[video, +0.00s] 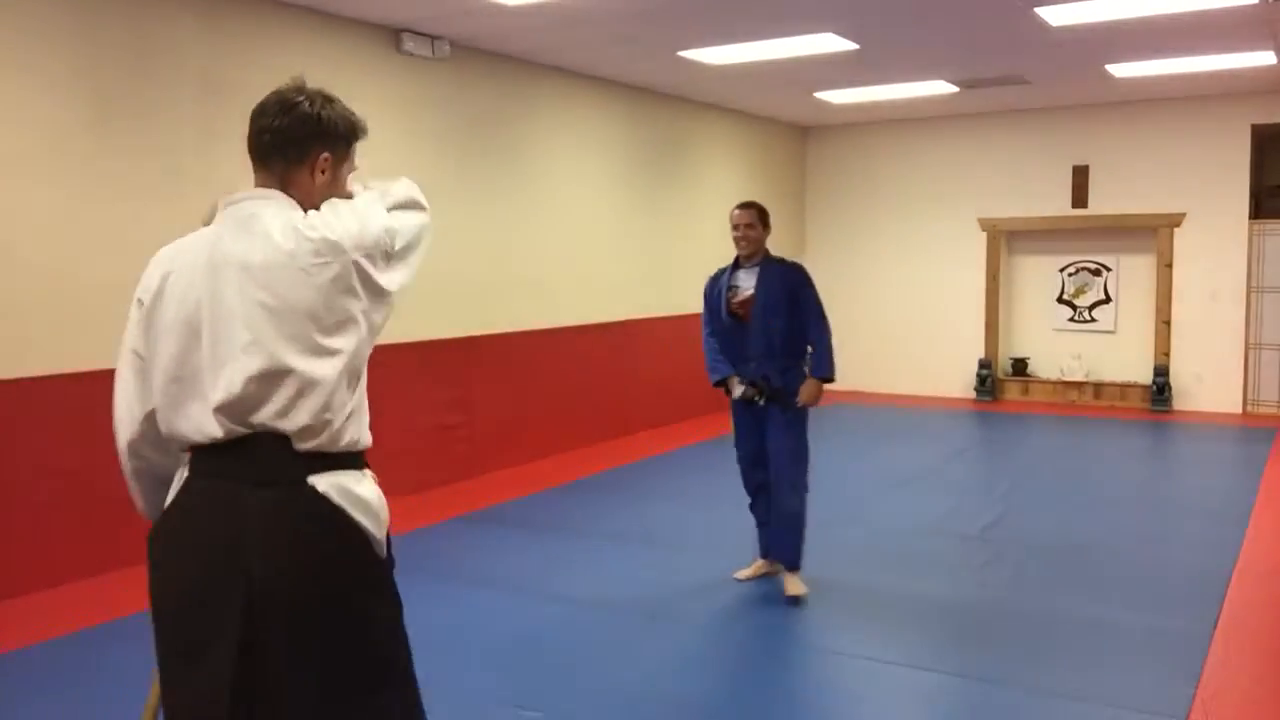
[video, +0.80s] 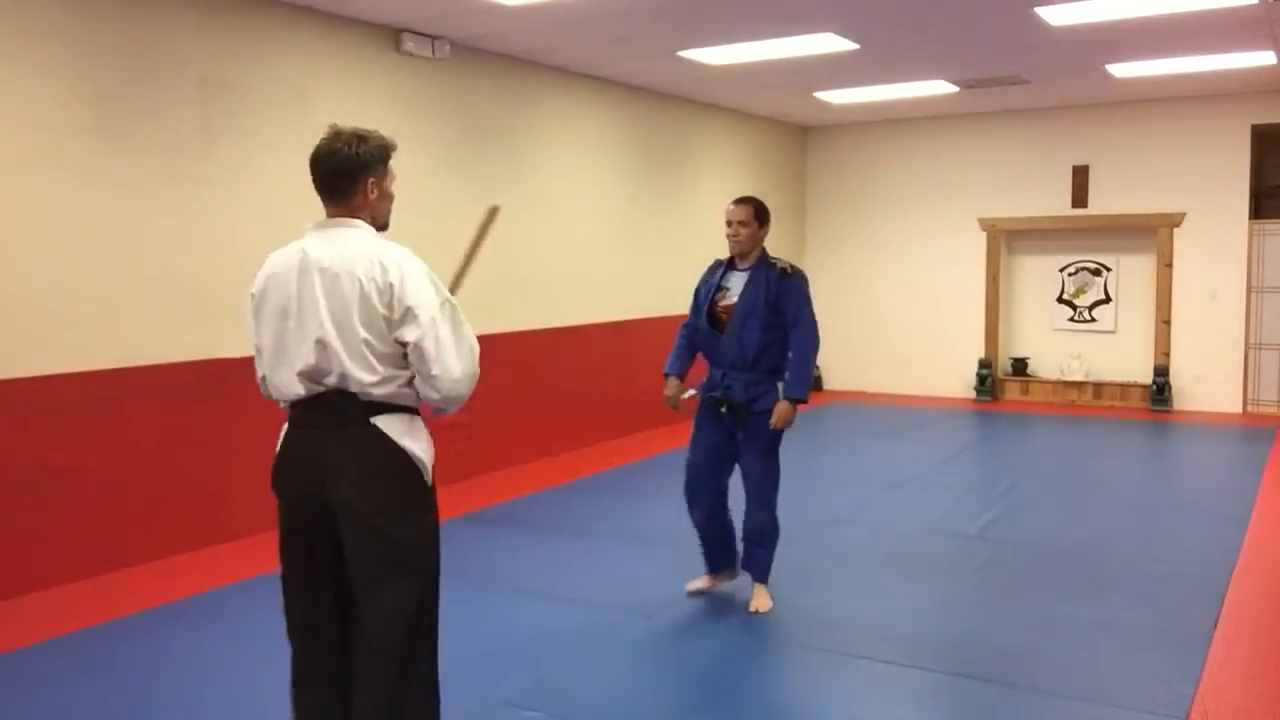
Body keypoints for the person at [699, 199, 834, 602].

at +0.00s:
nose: (742, 234)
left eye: (749, 227)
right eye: (736, 227)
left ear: (765, 231)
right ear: (730, 233)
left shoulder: (792, 275)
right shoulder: (717, 284)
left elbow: (818, 327)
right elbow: (711, 337)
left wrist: (817, 376)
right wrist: (728, 377)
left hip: (786, 391)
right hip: (744, 393)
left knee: (787, 476)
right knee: (754, 475)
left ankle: (790, 567)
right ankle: (770, 556)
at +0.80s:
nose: (733, 231)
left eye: (741, 225)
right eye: (728, 224)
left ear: (762, 229)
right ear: (724, 228)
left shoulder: (786, 279)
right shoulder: (714, 276)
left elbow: (804, 339)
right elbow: (691, 329)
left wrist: (792, 397)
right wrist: (673, 374)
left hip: (761, 404)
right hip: (716, 400)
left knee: (759, 495)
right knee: (700, 485)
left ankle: (759, 580)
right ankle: (721, 567)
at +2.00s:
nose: (690, 233)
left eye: (699, 225)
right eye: (686, 225)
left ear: (723, 231)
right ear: (682, 230)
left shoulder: (748, 286)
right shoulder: (678, 282)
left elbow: (766, 348)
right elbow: (657, 333)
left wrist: (733, 379)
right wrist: (637, 351)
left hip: (729, 416)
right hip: (681, 411)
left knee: (738, 509)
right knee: (663, 497)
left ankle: (748, 597)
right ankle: (671, 589)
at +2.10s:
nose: (698, 234)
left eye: (707, 226)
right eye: (694, 226)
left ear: (730, 232)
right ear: (691, 231)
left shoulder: (751, 284)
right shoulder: (682, 281)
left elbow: (757, 331)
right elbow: (646, 312)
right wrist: (630, 306)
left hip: (733, 407)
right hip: (687, 403)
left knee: (739, 505)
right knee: (664, 494)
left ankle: (747, 597)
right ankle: (674, 586)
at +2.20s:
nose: (699, 232)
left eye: (706, 225)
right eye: (697, 225)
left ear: (730, 230)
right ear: (696, 229)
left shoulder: (749, 277)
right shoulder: (682, 274)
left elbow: (755, 287)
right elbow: (630, 276)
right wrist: (615, 251)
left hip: (735, 403)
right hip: (688, 400)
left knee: (739, 502)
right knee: (670, 493)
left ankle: (747, 597)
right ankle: (679, 582)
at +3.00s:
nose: (683, 250)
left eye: (691, 243)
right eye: (679, 244)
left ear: (713, 247)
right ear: (676, 249)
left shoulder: (742, 294)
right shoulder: (666, 296)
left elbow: (757, 344)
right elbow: (627, 347)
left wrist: (727, 305)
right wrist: (641, 308)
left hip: (730, 413)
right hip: (681, 414)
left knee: (740, 491)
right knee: (654, 483)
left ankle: (757, 565)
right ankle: (658, 581)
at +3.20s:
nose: (640, 254)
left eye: (649, 246)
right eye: (636, 247)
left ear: (670, 251)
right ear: (632, 251)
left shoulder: (697, 298)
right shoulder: (622, 300)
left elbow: (715, 346)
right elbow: (593, 356)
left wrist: (681, 308)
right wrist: (603, 326)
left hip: (687, 416)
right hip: (640, 419)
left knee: (715, 489)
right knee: (631, 502)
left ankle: (749, 552)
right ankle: (657, 586)